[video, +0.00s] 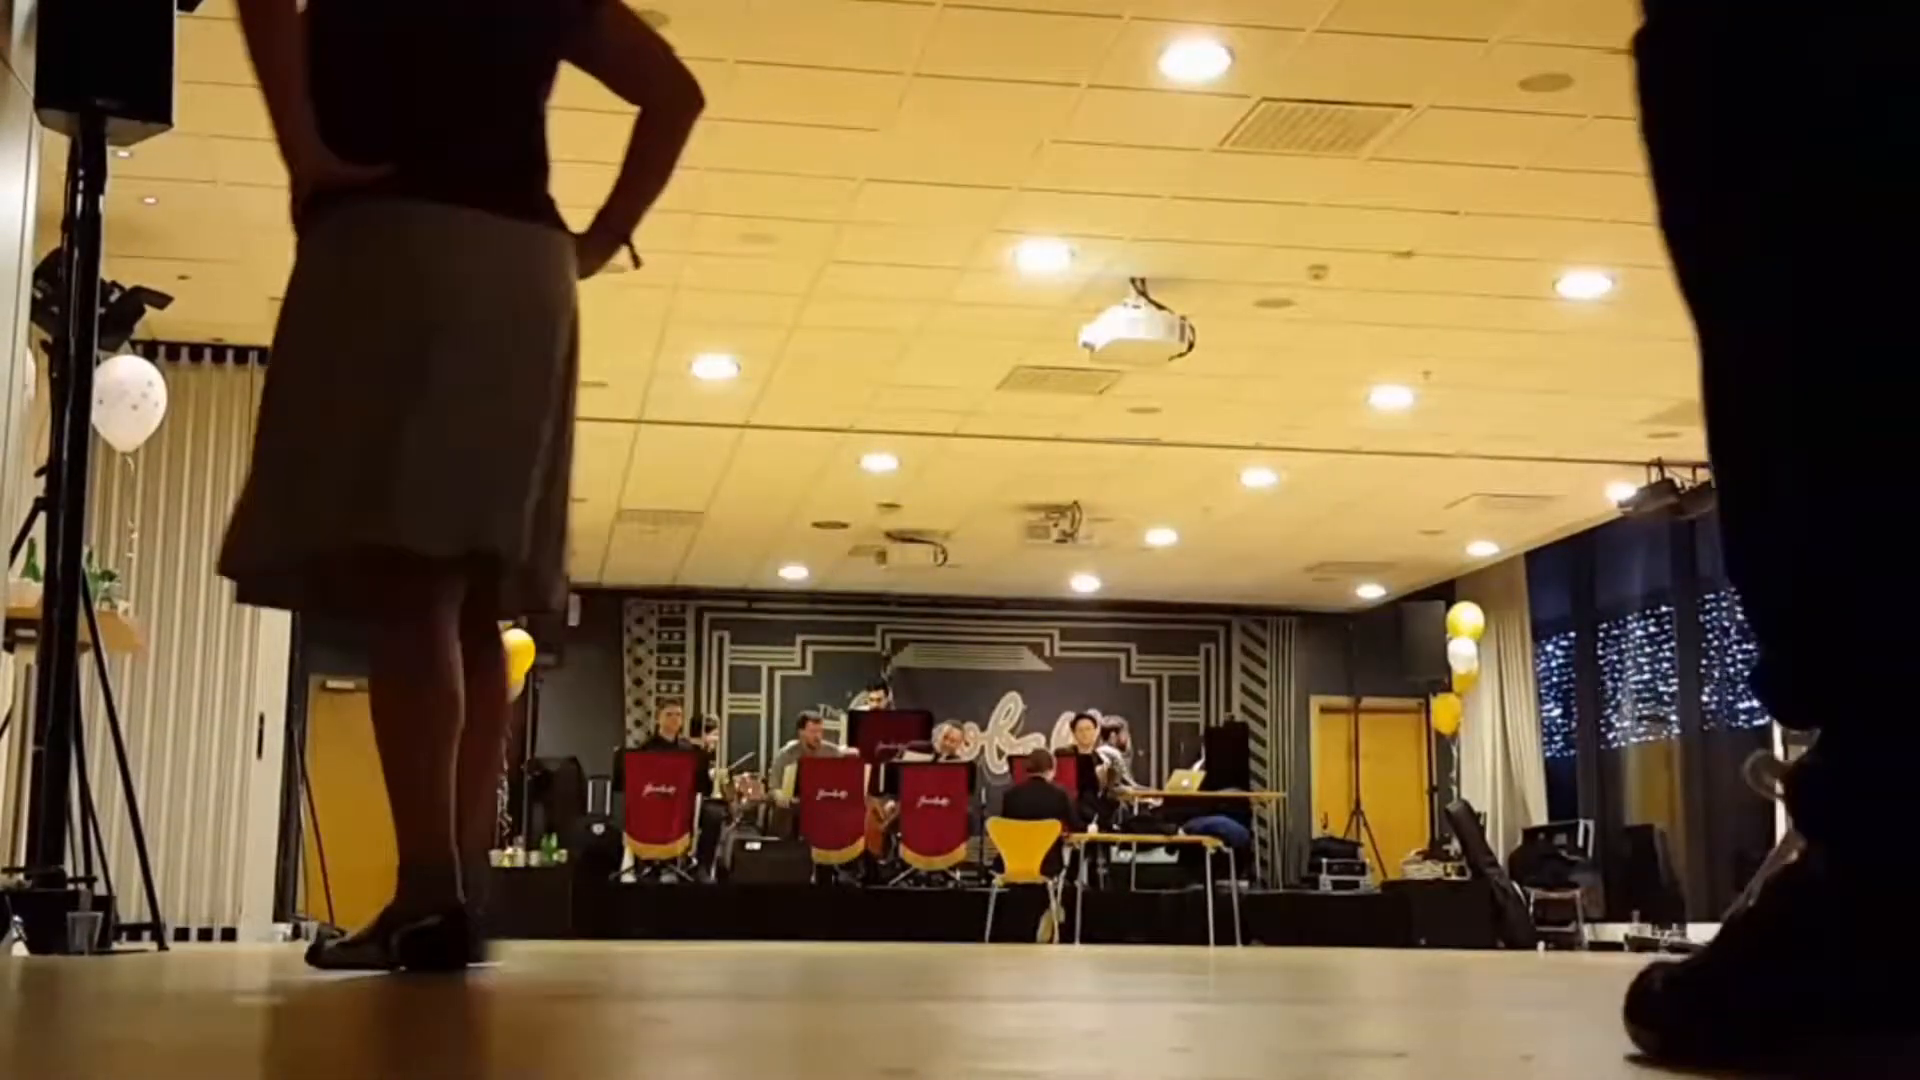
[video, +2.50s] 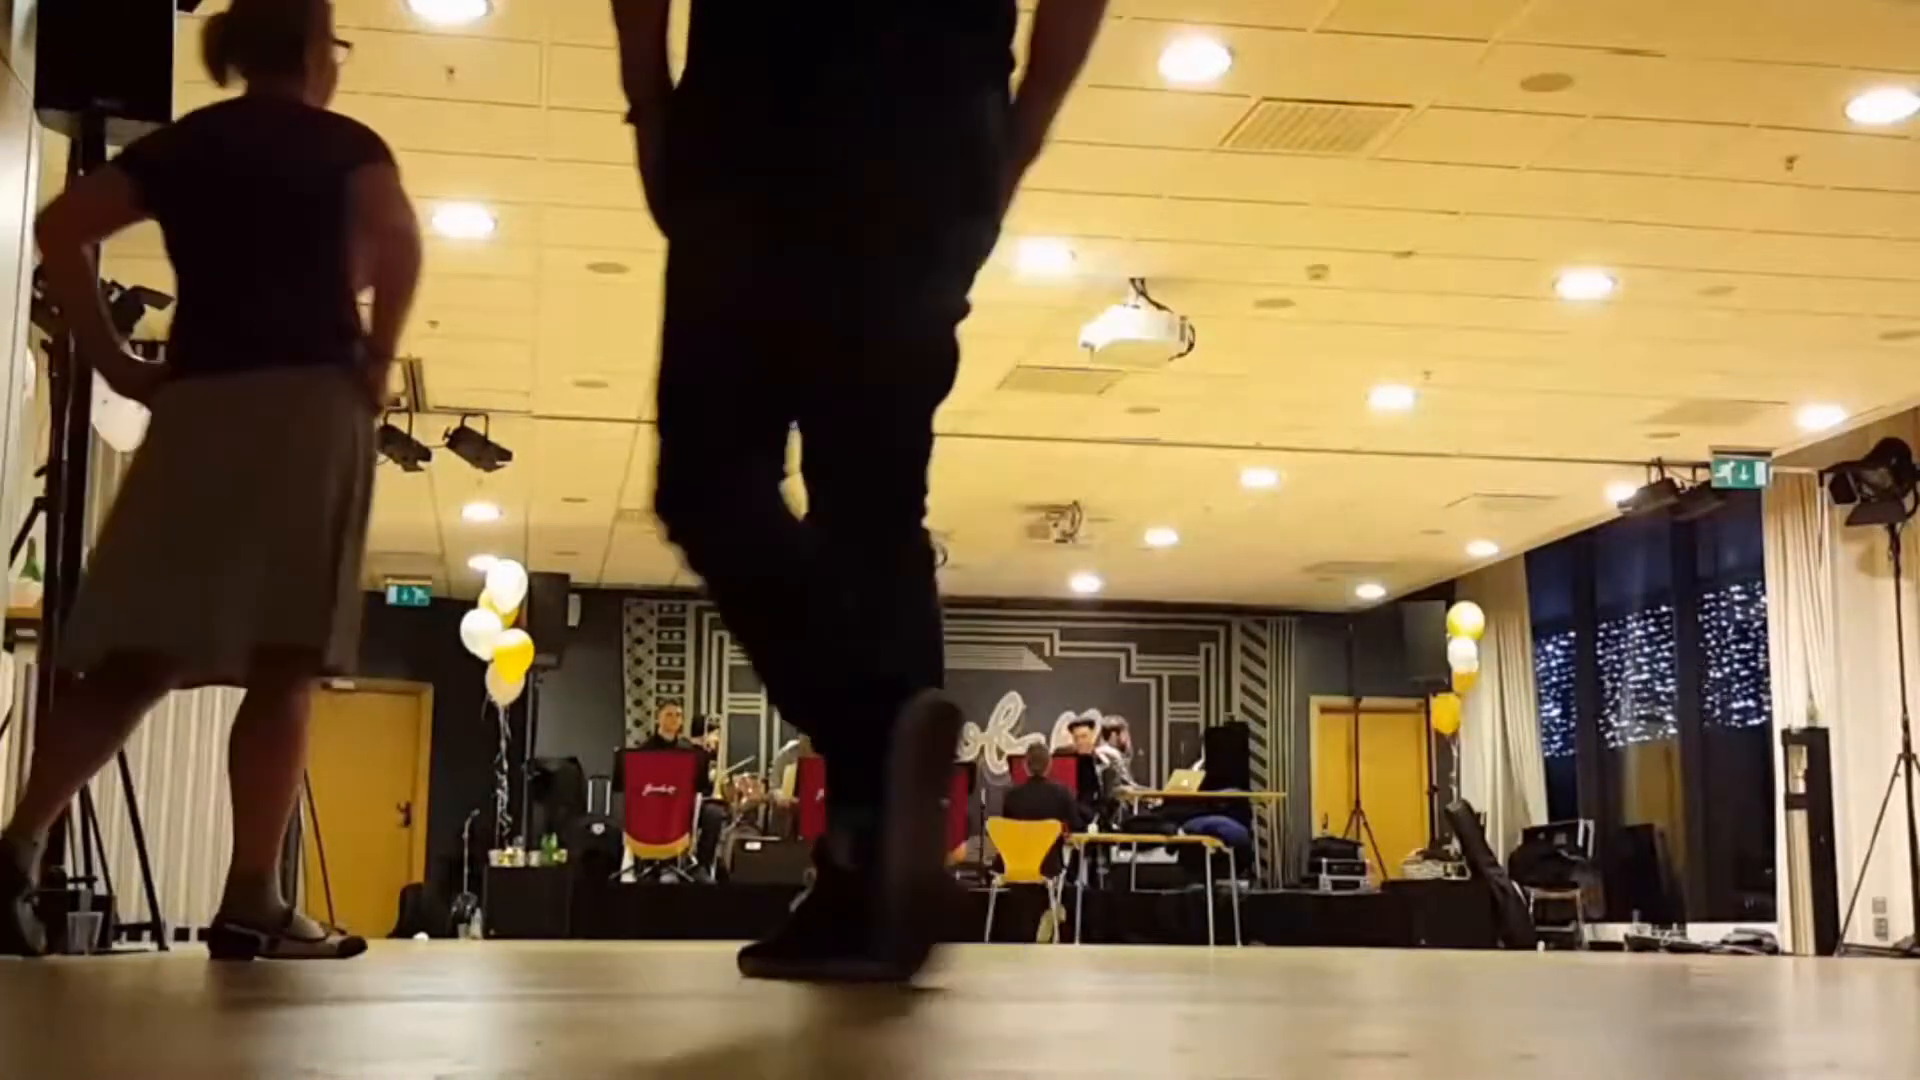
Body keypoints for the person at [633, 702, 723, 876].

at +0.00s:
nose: (674, 720)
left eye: (678, 715)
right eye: (669, 715)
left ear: (682, 720)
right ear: (658, 718)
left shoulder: (693, 751)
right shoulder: (645, 750)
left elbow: (704, 789)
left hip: (684, 807)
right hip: (652, 806)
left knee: (715, 813)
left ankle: (704, 866)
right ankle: (646, 865)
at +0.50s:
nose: (674, 719)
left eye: (678, 715)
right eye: (669, 714)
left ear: (683, 719)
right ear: (658, 718)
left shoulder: (693, 751)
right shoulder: (645, 750)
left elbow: (704, 789)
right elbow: (634, 785)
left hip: (684, 806)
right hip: (653, 806)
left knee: (714, 813)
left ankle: (704, 866)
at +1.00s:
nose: (673, 719)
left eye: (677, 715)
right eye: (669, 714)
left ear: (682, 720)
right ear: (658, 718)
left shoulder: (692, 751)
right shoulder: (646, 750)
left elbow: (704, 788)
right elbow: (636, 783)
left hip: (683, 806)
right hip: (653, 805)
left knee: (714, 814)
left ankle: (703, 866)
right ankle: (647, 866)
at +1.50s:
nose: (674, 720)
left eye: (678, 715)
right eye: (669, 715)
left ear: (682, 720)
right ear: (659, 718)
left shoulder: (693, 751)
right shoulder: (645, 750)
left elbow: (704, 788)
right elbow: (636, 783)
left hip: (684, 806)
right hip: (652, 805)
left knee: (714, 814)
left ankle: (704, 867)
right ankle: (645, 867)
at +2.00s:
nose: (674, 719)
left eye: (678, 715)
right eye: (669, 714)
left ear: (682, 720)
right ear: (658, 718)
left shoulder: (695, 752)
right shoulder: (643, 751)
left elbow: (704, 789)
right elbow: (630, 785)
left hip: (683, 807)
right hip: (650, 806)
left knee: (713, 813)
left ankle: (704, 867)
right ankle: (645, 864)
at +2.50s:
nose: (673, 720)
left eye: (677, 715)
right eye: (668, 715)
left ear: (682, 720)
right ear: (658, 718)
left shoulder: (693, 751)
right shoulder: (645, 750)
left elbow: (704, 789)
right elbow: (636, 784)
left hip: (684, 807)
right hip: (652, 805)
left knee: (714, 815)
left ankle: (704, 866)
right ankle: (644, 866)